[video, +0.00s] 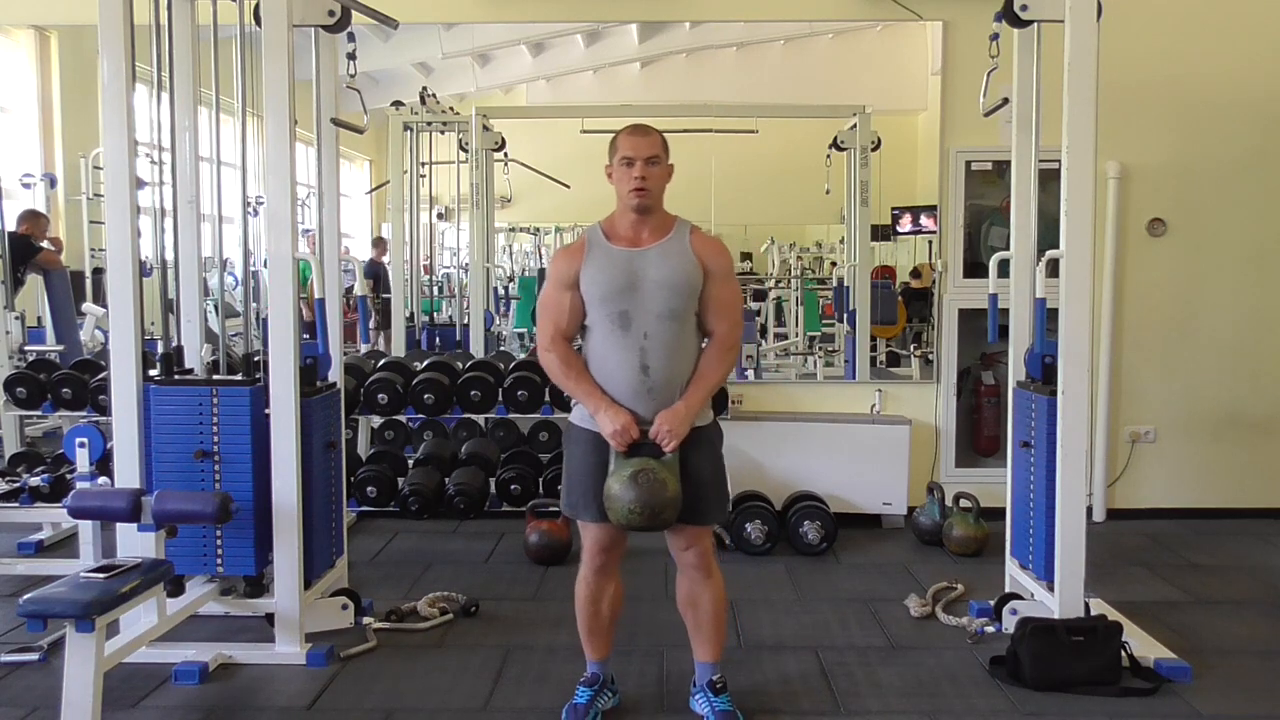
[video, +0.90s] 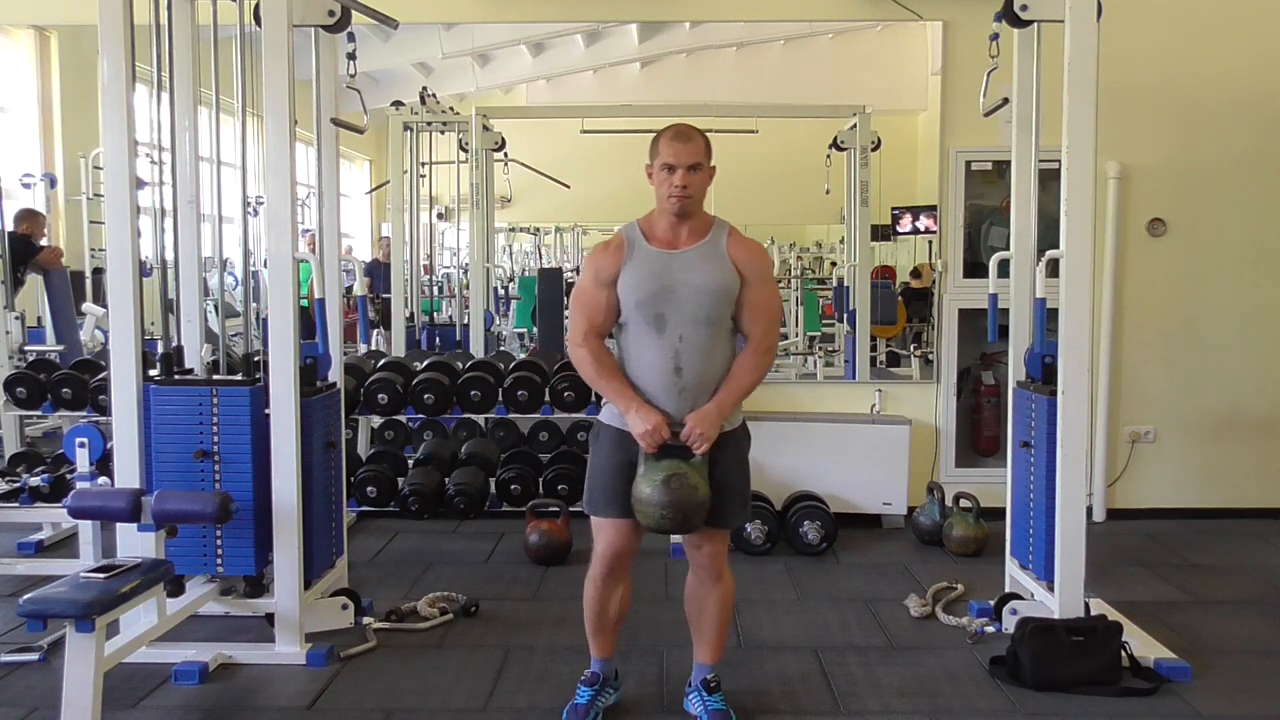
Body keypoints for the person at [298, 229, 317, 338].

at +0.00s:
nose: (315, 245)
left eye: (316, 242)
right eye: (312, 242)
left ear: (320, 242)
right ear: (307, 244)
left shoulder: (326, 261)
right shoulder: (304, 263)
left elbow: (337, 285)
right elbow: (300, 288)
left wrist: (341, 303)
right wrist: (305, 308)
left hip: (325, 306)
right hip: (311, 307)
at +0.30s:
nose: (312, 245)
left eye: (314, 242)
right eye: (308, 243)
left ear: (317, 242)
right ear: (303, 244)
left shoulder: (321, 260)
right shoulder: (299, 261)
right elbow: (296, 282)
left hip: (319, 297)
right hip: (304, 298)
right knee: (307, 327)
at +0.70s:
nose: (310, 247)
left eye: (312, 243)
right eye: (307, 244)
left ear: (316, 243)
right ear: (302, 245)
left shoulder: (321, 261)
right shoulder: (298, 263)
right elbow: (295, 283)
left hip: (320, 302)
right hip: (304, 303)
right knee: (306, 337)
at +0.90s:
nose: (312, 247)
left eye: (314, 244)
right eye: (309, 244)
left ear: (318, 244)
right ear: (304, 244)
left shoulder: (322, 262)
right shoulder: (299, 262)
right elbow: (296, 283)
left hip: (317, 303)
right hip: (302, 304)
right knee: (306, 337)